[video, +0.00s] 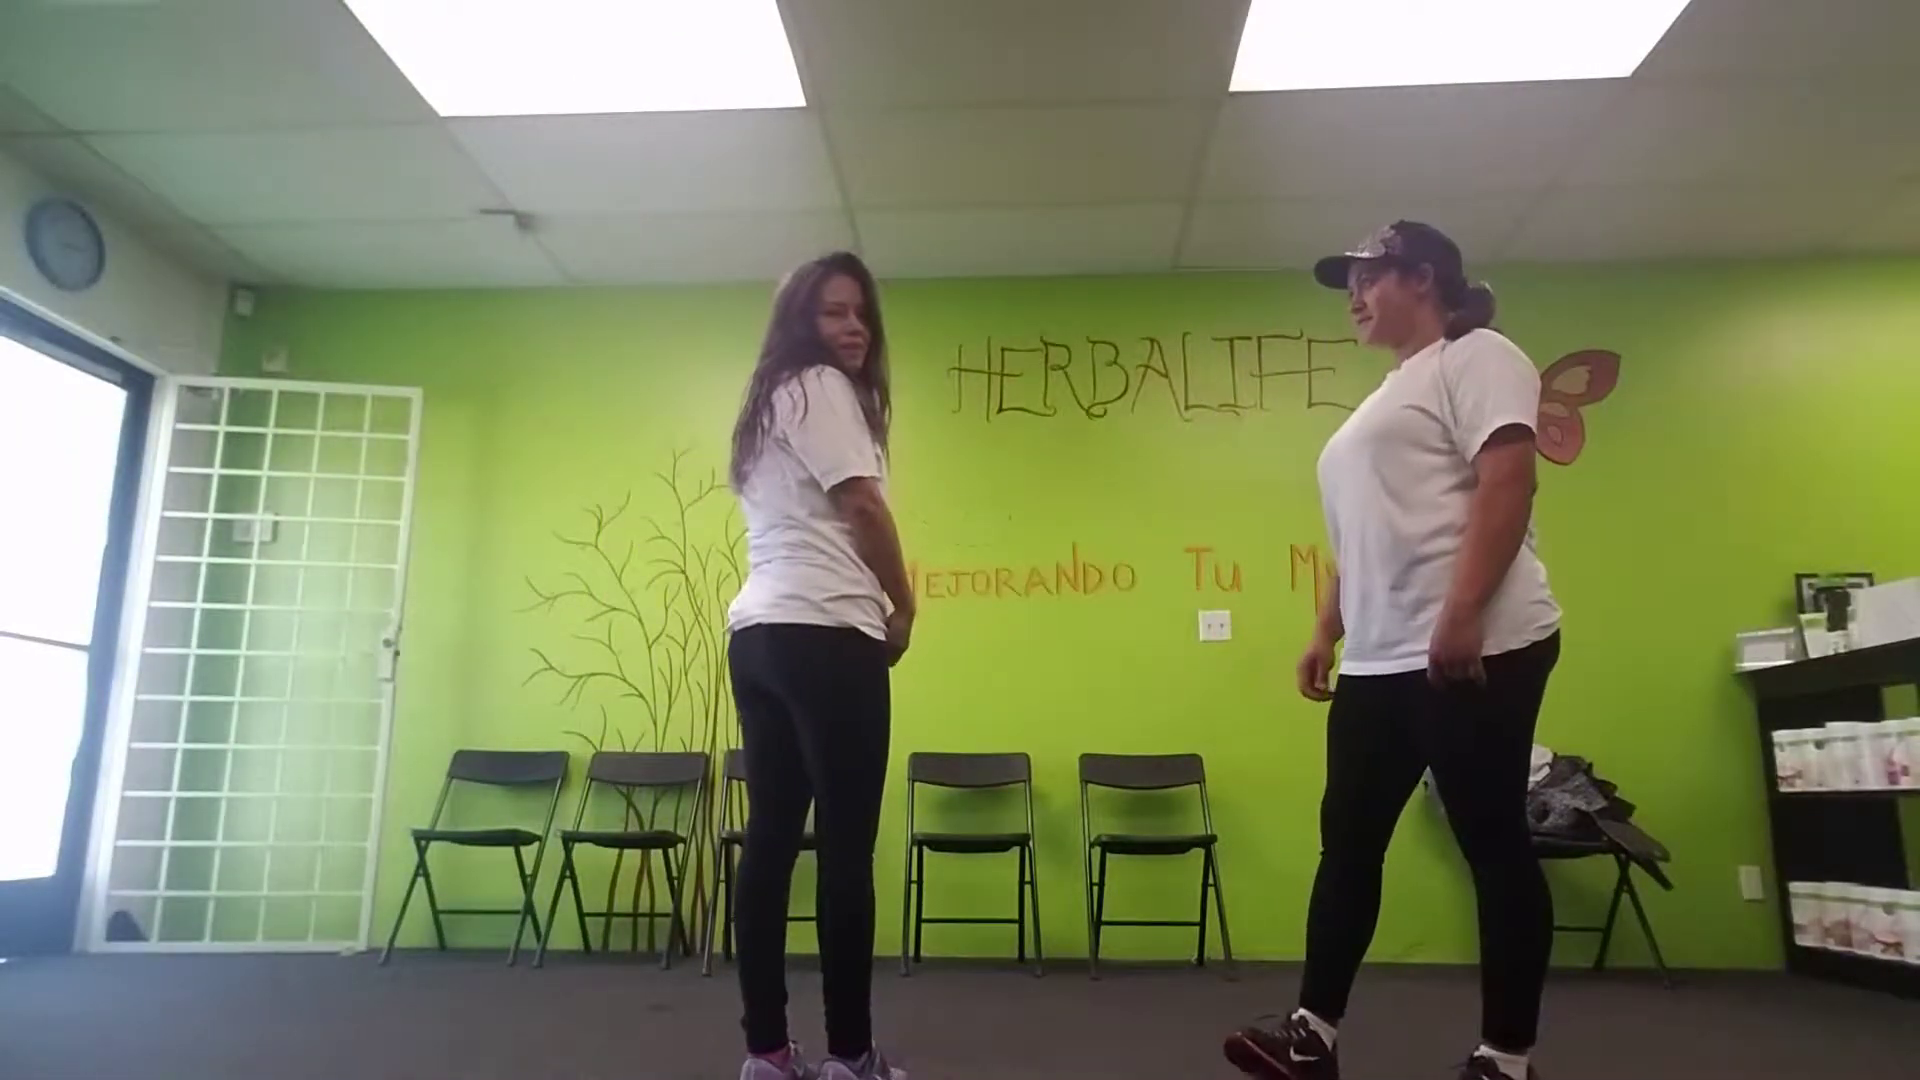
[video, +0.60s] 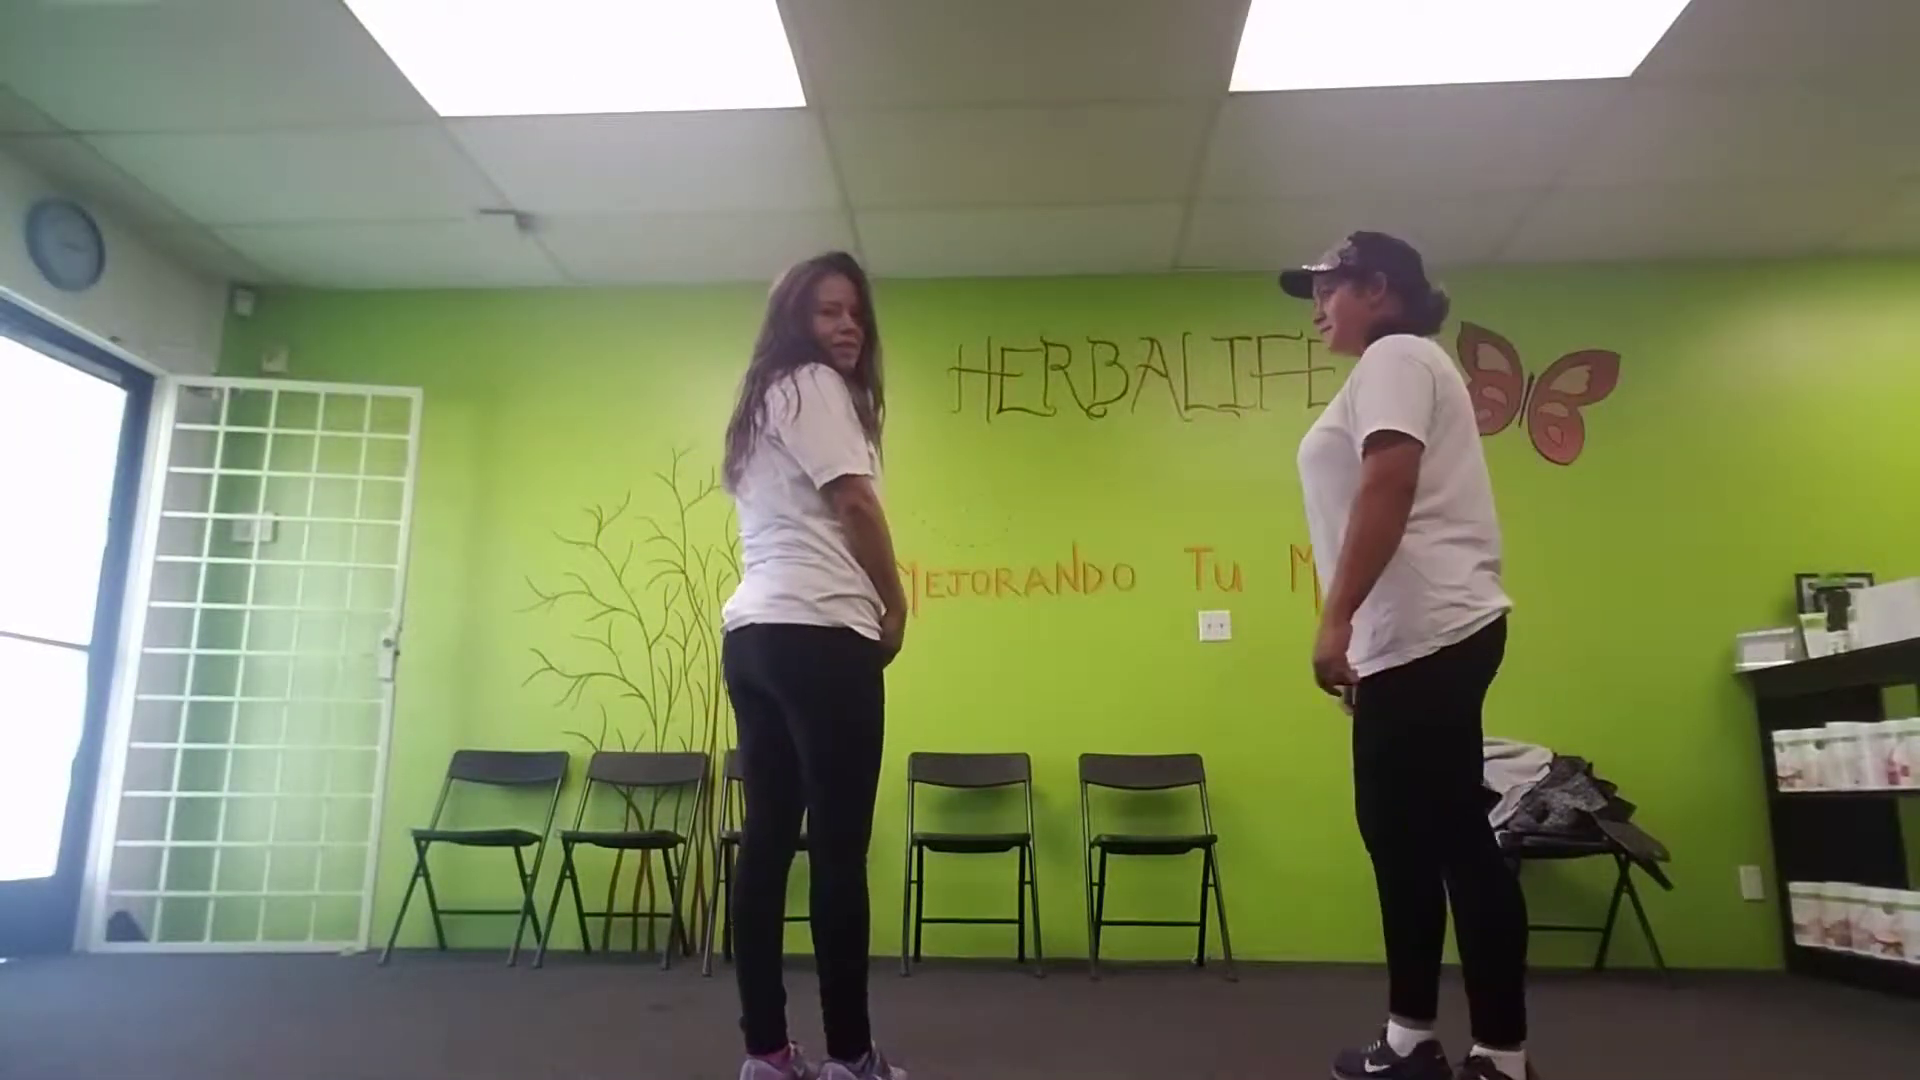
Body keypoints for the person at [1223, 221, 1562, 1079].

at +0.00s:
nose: (1354, 296)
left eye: (1368, 278)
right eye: (1353, 284)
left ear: (1421, 280)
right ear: (1393, 290)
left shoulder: (1477, 354)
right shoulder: (1385, 398)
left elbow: (1508, 481)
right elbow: (1365, 532)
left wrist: (1463, 609)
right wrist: (1328, 629)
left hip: (1478, 650)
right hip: (1378, 661)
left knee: (1497, 847)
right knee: (1349, 840)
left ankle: (1506, 1057)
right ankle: (1314, 1031)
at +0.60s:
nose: (1317, 307)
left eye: (1328, 290)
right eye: (1317, 293)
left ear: (1376, 291)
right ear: (1379, 297)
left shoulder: (1394, 360)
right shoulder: (1406, 365)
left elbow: (1389, 486)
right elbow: (1401, 516)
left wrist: (1336, 620)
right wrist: (1360, 645)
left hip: (1427, 635)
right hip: (1410, 638)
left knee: (1451, 835)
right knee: (1401, 833)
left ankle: (1503, 1060)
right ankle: (1411, 1044)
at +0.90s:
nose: (1305, 319)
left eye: (1317, 303)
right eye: (1307, 305)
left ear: (1364, 305)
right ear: (1375, 313)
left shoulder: (1357, 370)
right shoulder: (1409, 379)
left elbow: (1328, 494)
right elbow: (1400, 511)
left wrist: (1264, 608)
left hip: (1384, 645)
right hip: (1415, 636)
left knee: (1415, 841)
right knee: (1393, 839)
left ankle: (1496, 1055)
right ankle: (1409, 1041)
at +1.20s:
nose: (1299, 331)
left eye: (1310, 316)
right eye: (1301, 317)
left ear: (1353, 319)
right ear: (1369, 326)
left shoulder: (1340, 373)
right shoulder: (1406, 395)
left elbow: (1313, 488)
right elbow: (1391, 518)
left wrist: (1253, 603)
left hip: (1362, 646)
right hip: (1414, 637)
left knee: (1394, 844)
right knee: (1396, 843)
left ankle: (1490, 1049)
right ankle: (1413, 1040)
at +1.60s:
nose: (1284, 351)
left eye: (1292, 337)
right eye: (1285, 338)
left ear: (1329, 333)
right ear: (1363, 337)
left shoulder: (1316, 387)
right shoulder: (1422, 418)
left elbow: (1289, 485)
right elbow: (1454, 552)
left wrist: (1207, 570)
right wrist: (1384, 606)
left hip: (1335, 649)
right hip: (1424, 645)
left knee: (1315, 836)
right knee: (1399, 831)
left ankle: (1455, 1012)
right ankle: (1408, 1036)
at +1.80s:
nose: (1276, 351)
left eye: (1284, 337)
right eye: (1277, 337)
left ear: (1319, 336)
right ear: (1359, 340)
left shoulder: (1295, 395)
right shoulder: (1424, 417)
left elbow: (1244, 492)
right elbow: (1455, 545)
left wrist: (1189, 551)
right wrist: (1375, 566)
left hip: (1316, 651)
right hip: (1422, 645)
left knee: (1293, 832)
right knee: (1402, 832)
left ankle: (1358, 1014)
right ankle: (1419, 1033)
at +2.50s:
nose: (1197, 326)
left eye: (1204, 313)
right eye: (1199, 313)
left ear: (1226, 316)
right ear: (1282, 315)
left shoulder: (1177, 394)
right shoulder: (1341, 391)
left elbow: (1146, 504)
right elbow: (1350, 503)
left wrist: (1230, 467)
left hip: (1220, 647)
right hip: (1341, 637)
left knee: (1230, 844)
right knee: (1361, 828)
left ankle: (1234, 1050)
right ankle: (1412, 1033)